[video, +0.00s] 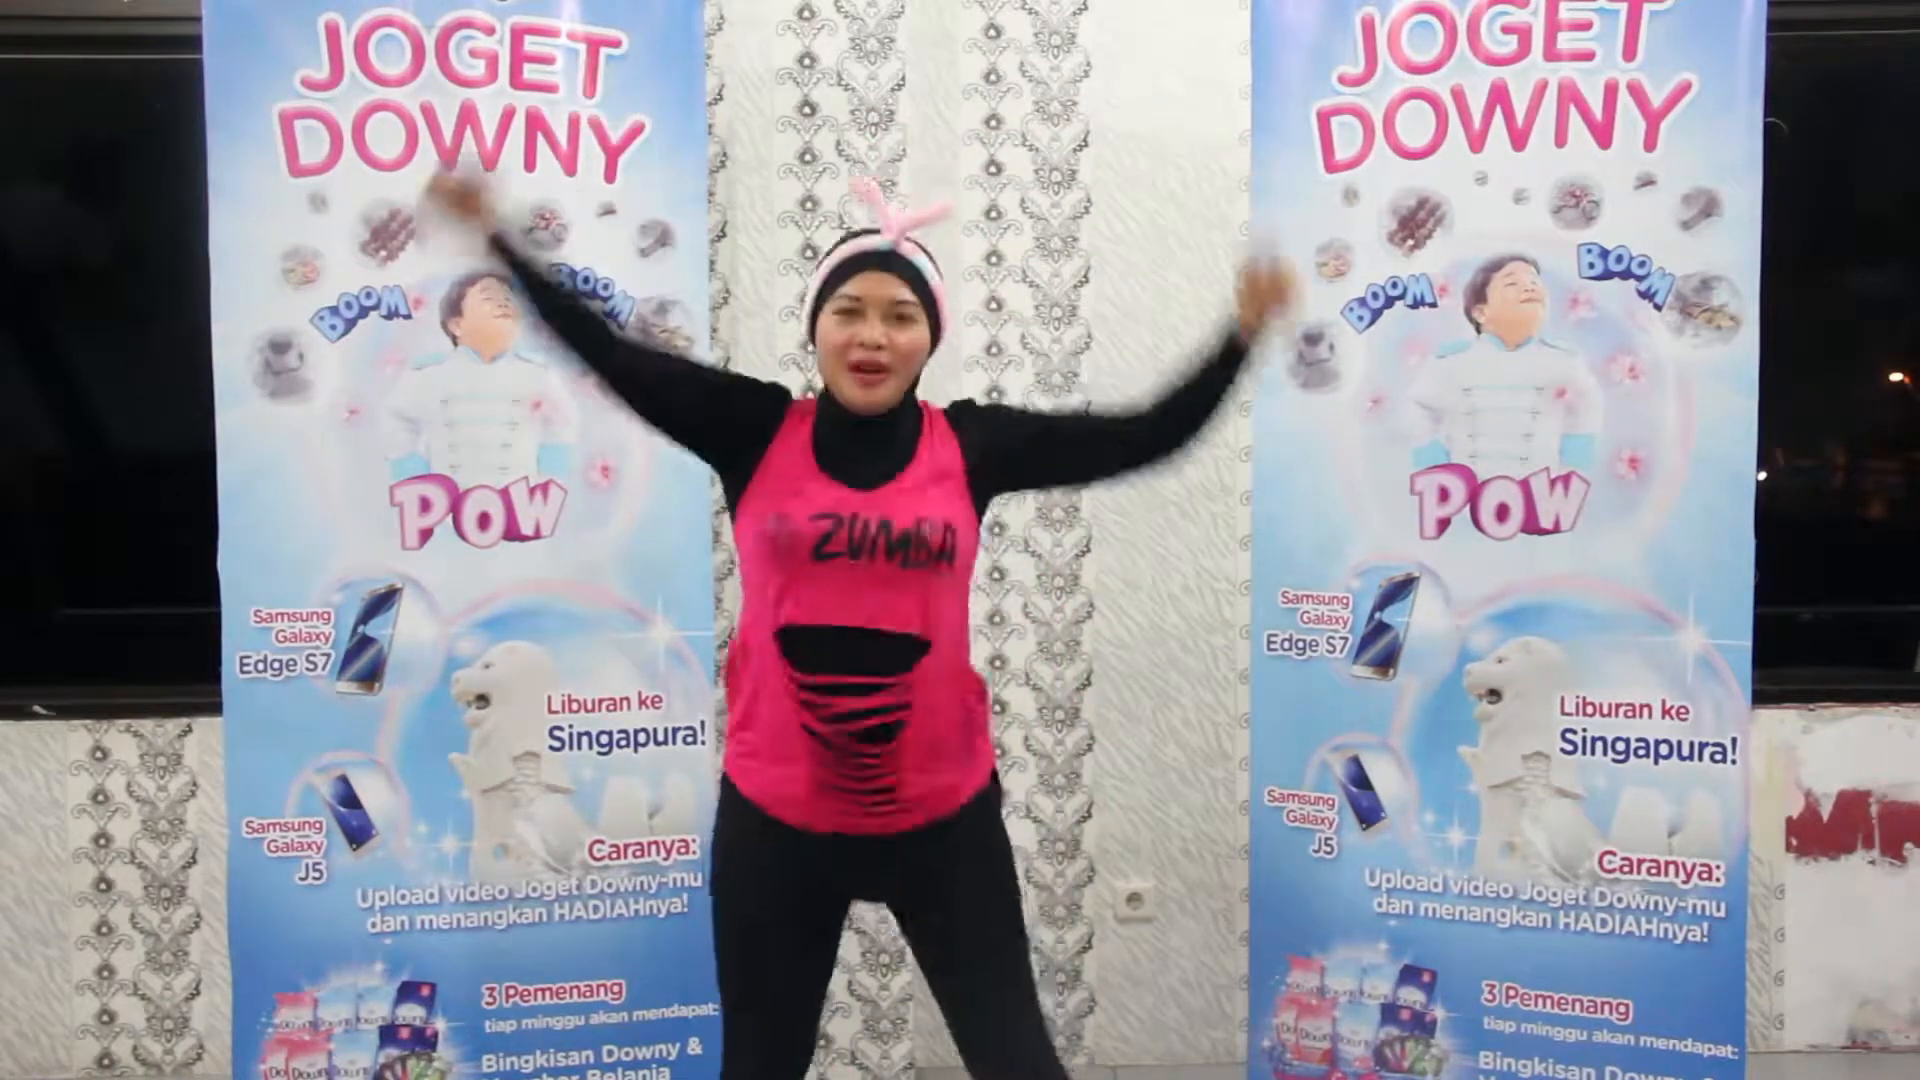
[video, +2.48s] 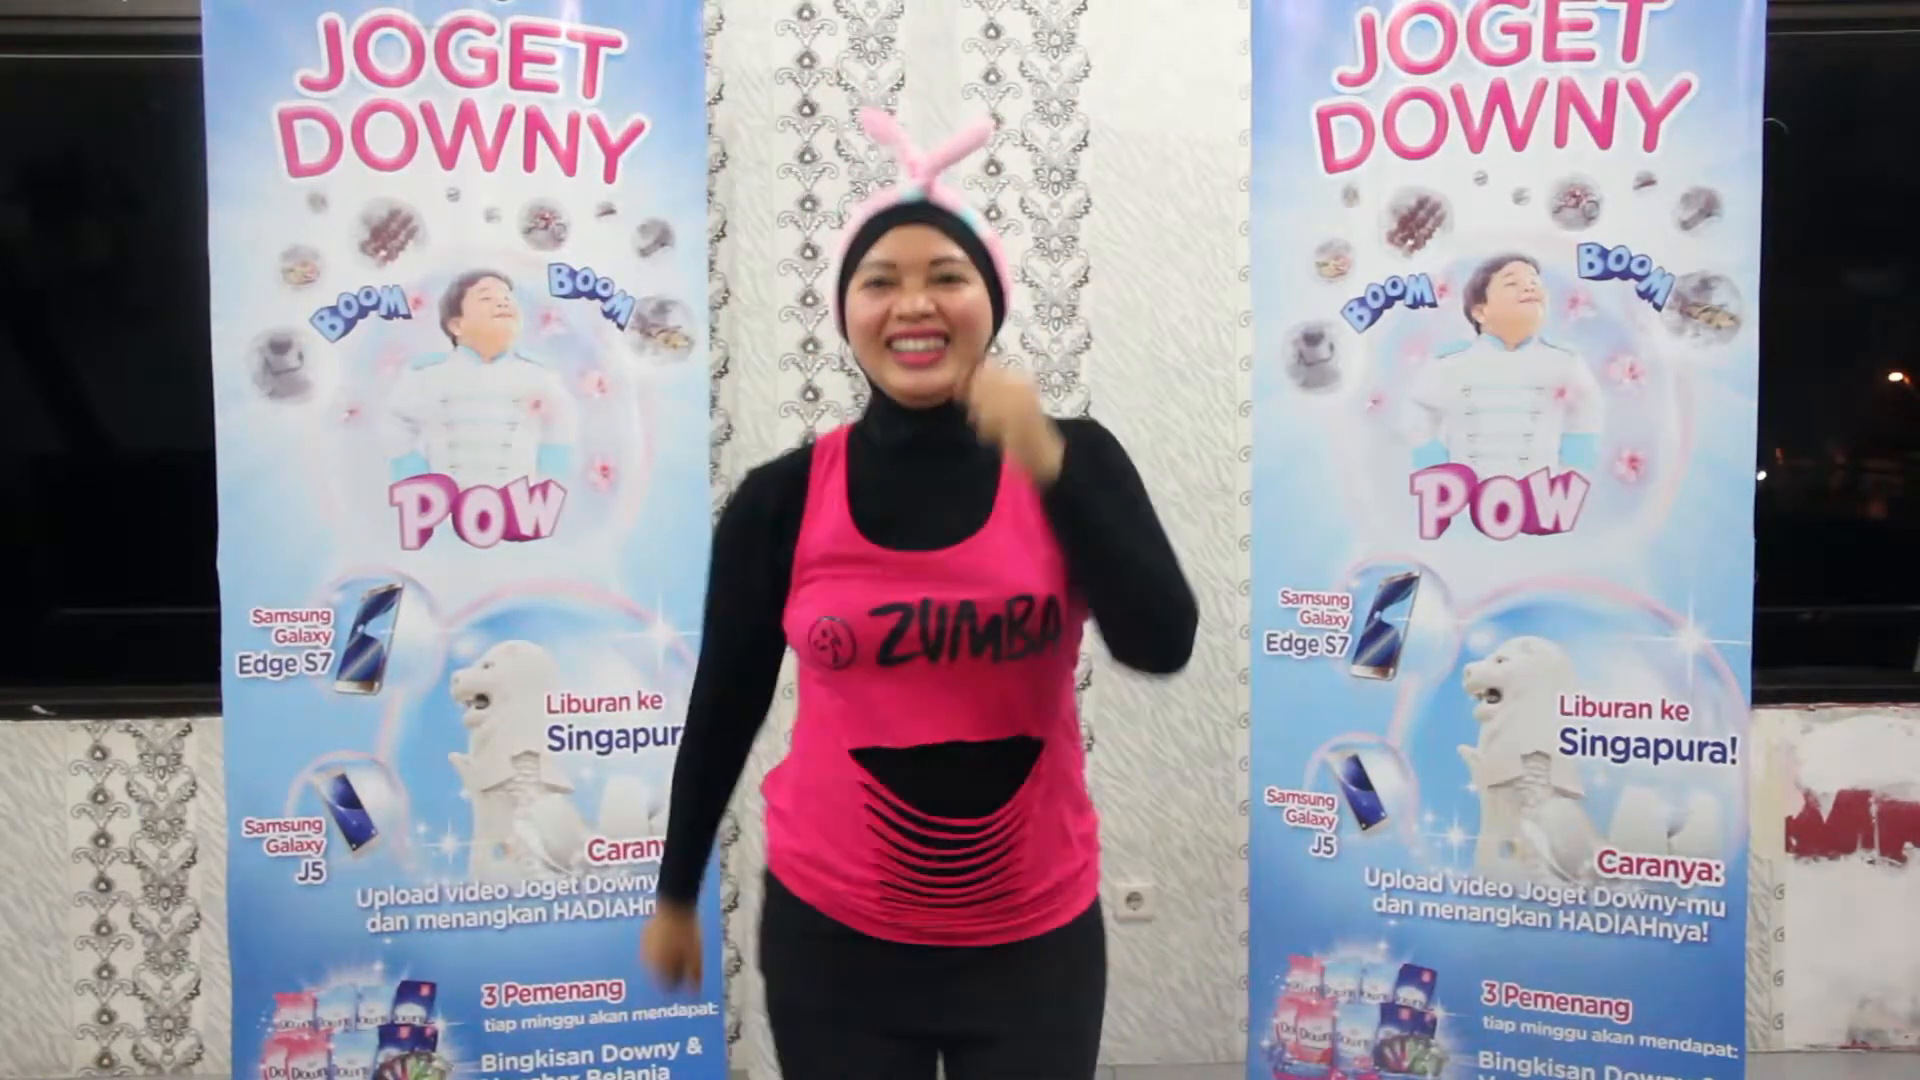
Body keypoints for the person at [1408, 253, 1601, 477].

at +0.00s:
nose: (1528, 286)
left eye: (1534, 281)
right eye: (1510, 283)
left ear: (1545, 299)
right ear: (1479, 311)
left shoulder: (1564, 364)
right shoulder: (1446, 365)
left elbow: (1583, 422)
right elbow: (1415, 415)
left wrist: (1567, 482)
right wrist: (1436, 475)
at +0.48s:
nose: (1528, 286)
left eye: (1534, 281)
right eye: (1510, 282)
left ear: (1545, 300)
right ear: (1479, 311)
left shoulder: (1564, 364)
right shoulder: (1446, 366)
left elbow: (1583, 424)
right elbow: (1415, 416)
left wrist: (1567, 482)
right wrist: (1435, 476)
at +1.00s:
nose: (1529, 287)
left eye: (1534, 281)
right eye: (1511, 283)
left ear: (1545, 299)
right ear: (1479, 311)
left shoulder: (1565, 364)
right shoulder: (1447, 367)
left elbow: (1585, 426)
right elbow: (1413, 415)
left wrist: (1567, 483)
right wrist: (1435, 473)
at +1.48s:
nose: (1529, 287)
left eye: (1534, 281)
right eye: (1510, 282)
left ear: (1545, 300)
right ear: (1479, 311)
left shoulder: (1565, 365)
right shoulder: (1445, 367)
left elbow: (1583, 437)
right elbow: (1417, 425)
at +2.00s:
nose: (1529, 287)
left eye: (1534, 281)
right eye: (1510, 283)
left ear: (1544, 301)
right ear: (1478, 311)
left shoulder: (1565, 365)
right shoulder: (1446, 367)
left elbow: (1582, 436)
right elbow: (1414, 421)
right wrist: (1435, 477)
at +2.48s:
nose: (1529, 287)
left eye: (1534, 281)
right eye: (1511, 283)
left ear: (1545, 299)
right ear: (1479, 311)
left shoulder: (1565, 365)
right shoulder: (1446, 368)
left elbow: (1583, 435)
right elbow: (1414, 422)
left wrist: (1564, 493)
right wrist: (1436, 478)